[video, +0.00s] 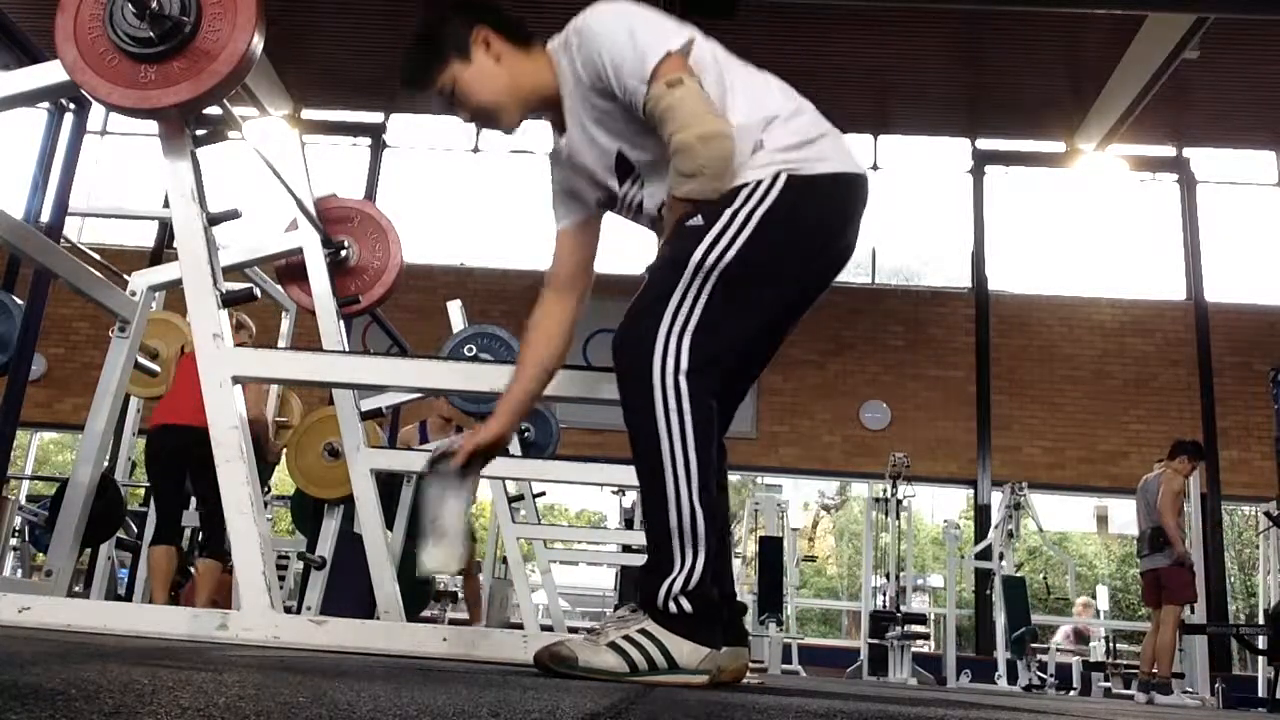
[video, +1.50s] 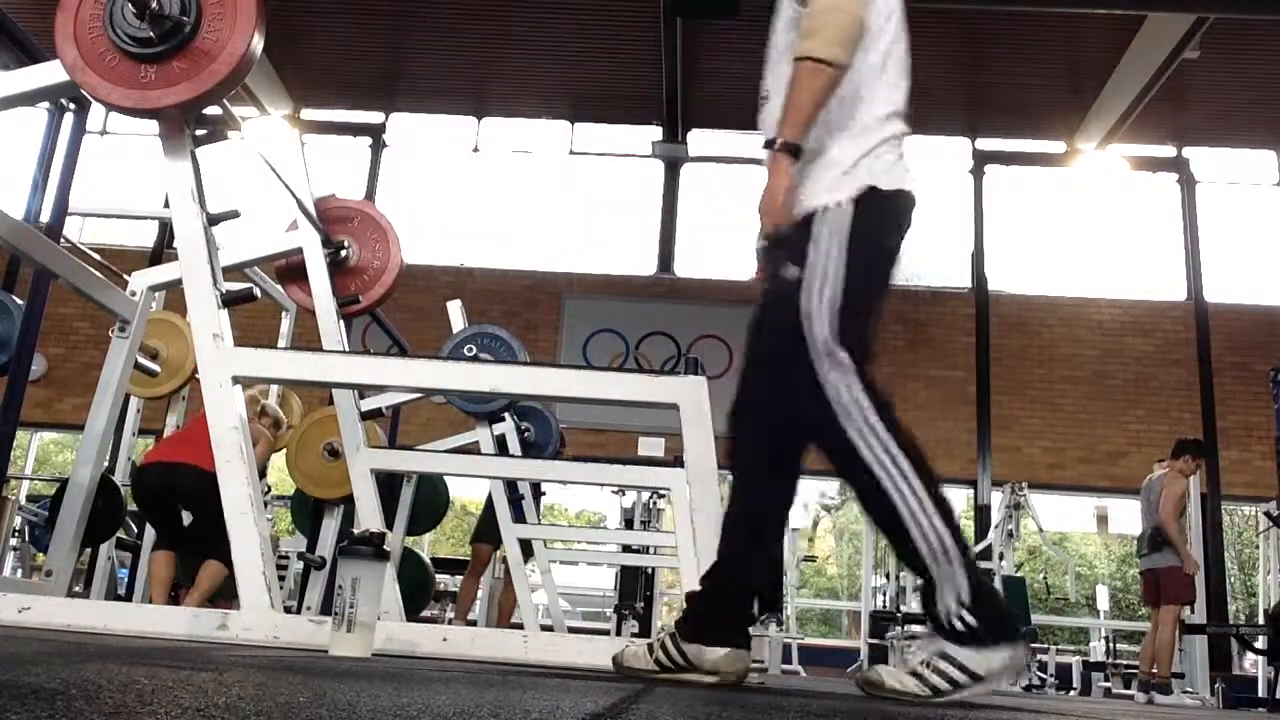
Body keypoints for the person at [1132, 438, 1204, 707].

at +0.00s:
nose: (1191, 473)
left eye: (1194, 468)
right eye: (1193, 467)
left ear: (1174, 459)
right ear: (1183, 460)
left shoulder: (1146, 480)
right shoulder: (1174, 479)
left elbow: (1145, 523)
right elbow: (1166, 515)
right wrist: (1180, 548)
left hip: (1149, 563)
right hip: (1170, 560)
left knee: (1156, 624)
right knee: (1169, 624)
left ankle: (1143, 684)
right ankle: (1163, 687)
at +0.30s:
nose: (1192, 471)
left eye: (1194, 466)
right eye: (1193, 465)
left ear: (1173, 458)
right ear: (1183, 459)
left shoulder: (1146, 480)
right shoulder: (1175, 480)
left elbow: (1146, 523)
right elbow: (1169, 517)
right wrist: (1185, 552)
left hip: (1148, 563)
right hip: (1170, 561)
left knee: (1156, 624)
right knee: (1168, 624)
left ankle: (1143, 685)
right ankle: (1163, 687)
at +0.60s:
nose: (1192, 469)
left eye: (1194, 464)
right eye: (1193, 463)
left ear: (1172, 457)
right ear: (1183, 458)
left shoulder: (1146, 480)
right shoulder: (1175, 480)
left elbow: (1147, 523)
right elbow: (1172, 518)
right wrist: (1187, 550)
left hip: (1148, 562)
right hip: (1170, 560)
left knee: (1156, 624)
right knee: (1168, 624)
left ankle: (1143, 685)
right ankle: (1163, 687)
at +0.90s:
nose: (1193, 470)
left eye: (1195, 466)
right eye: (1194, 465)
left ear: (1174, 459)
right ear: (1183, 459)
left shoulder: (1147, 480)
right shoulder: (1176, 480)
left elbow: (1147, 522)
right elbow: (1171, 518)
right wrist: (1186, 551)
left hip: (1148, 562)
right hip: (1170, 560)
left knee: (1155, 624)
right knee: (1168, 624)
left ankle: (1143, 686)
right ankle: (1163, 687)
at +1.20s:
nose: (1194, 472)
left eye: (1196, 467)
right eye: (1195, 466)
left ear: (1176, 459)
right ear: (1184, 459)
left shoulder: (1148, 480)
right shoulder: (1176, 480)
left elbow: (1149, 522)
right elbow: (1170, 518)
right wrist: (1188, 550)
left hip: (1148, 561)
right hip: (1169, 560)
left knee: (1155, 623)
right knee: (1167, 624)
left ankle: (1143, 685)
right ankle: (1163, 687)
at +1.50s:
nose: (1196, 472)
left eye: (1198, 467)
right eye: (1196, 466)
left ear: (1177, 459)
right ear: (1185, 459)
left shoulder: (1150, 480)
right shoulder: (1176, 480)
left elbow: (1151, 522)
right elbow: (1166, 517)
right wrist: (1185, 556)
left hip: (1149, 562)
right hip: (1170, 561)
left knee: (1156, 624)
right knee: (1167, 625)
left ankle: (1143, 684)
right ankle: (1163, 687)